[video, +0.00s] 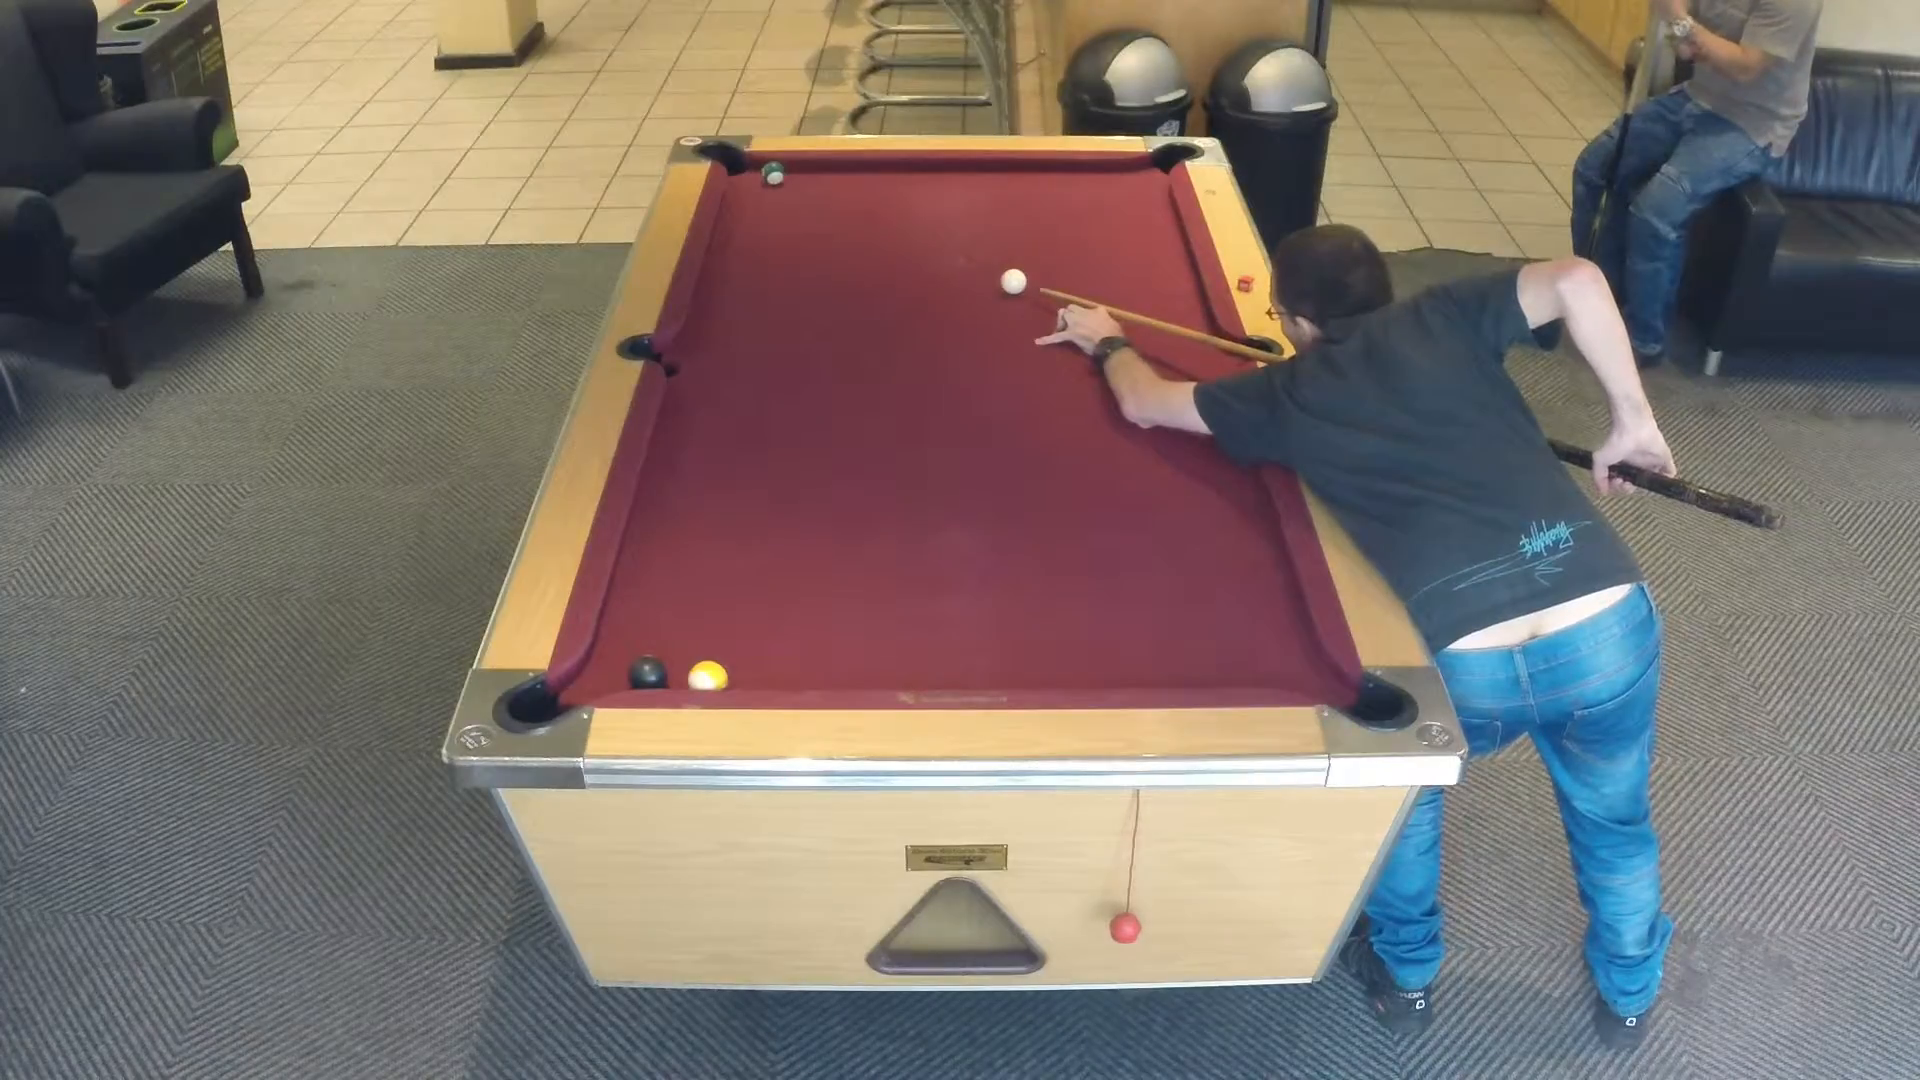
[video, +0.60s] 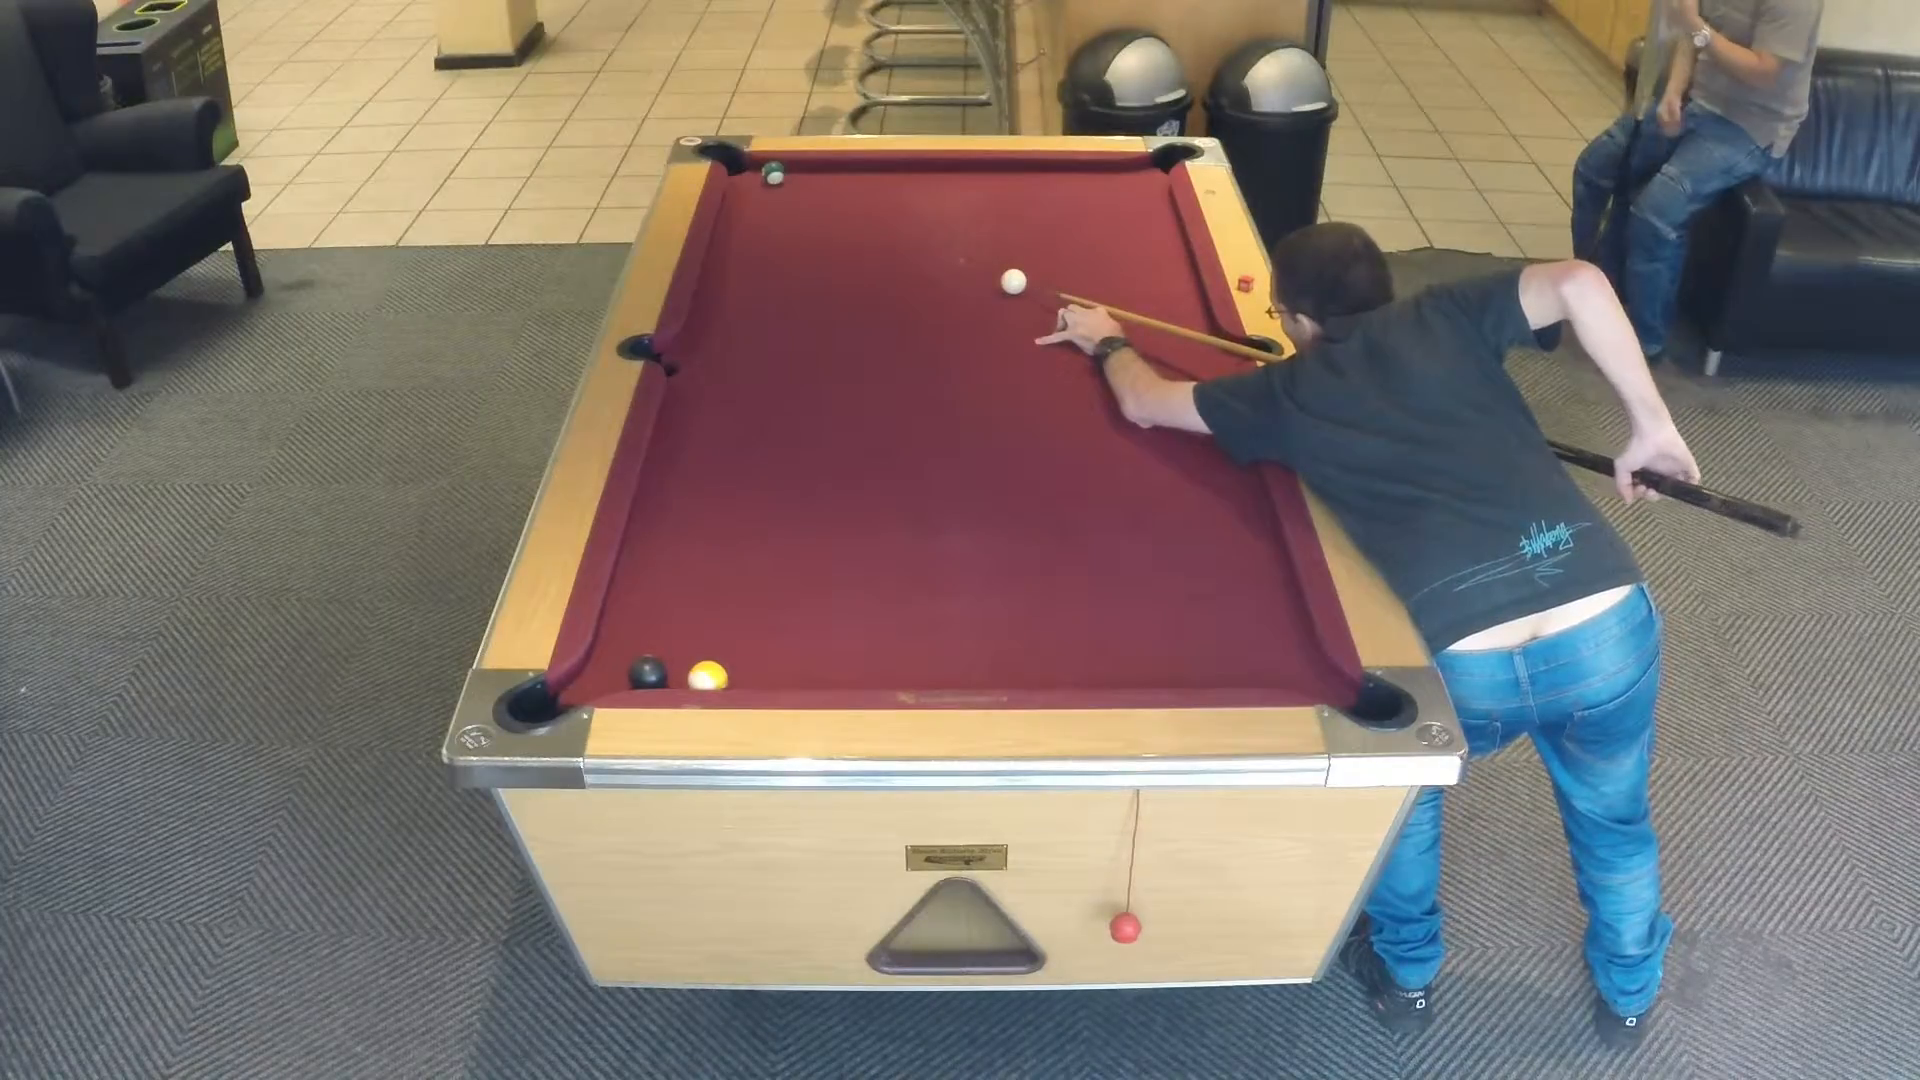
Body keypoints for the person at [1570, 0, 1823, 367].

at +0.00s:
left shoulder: (1793, 6)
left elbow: (1745, 67)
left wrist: (1680, 20)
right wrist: (1689, 39)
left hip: (1750, 126)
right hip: (1694, 98)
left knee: (1653, 210)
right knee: (1593, 168)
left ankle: (1644, 341)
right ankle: (1591, 302)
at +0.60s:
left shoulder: (1795, 6)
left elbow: (1766, 73)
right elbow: (1689, 35)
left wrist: (1696, 27)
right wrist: (1674, 92)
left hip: (1749, 126)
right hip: (1691, 103)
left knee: (1655, 210)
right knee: (1594, 169)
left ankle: (1644, 345)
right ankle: (1590, 299)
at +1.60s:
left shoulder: (1791, 6)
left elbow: (1770, 76)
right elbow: (1685, 40)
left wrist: (1702, 28)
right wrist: (1665, 106)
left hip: (1746, 127)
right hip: (1689, 103)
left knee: (1654, 211)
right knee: (1595, 168)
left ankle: (1642, 342)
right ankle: (1588, 300)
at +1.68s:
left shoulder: (1791, 7)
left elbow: (1769, 76)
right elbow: (1686, 39)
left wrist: (1702, 27)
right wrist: (1666, 106)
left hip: (1746, 127)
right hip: (1689, 103)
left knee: (1654, 211)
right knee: (1595, 168)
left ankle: (1642, 341)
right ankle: (1588, 299)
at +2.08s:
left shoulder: (1791, 7)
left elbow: (1770, 76)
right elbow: (1687, 40)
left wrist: (1702, 27)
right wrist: (1666, 106)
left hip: (1746, 127)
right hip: (1689, 103)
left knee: (1654, 211)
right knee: (1594, 168)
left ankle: (1642, 341)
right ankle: (1591, 300)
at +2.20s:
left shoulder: (1792, 6)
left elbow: (1770, 76)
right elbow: (1686, 40)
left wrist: (1703, 28)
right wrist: (1665, 106)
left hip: (1747, 127)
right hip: (1689, 103)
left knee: (1653, 210)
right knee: (1595, 168)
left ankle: (1642, 341)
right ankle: (1591, 301)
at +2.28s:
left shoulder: (1792, 6)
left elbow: (1770, 76)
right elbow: (1686, 40)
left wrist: (1703, 29)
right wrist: (1665, 106)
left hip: (1746, 128)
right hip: (1689, 103)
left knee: (1653, 211)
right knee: (1595, 168)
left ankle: (1643, 342)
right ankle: (1591, 301)